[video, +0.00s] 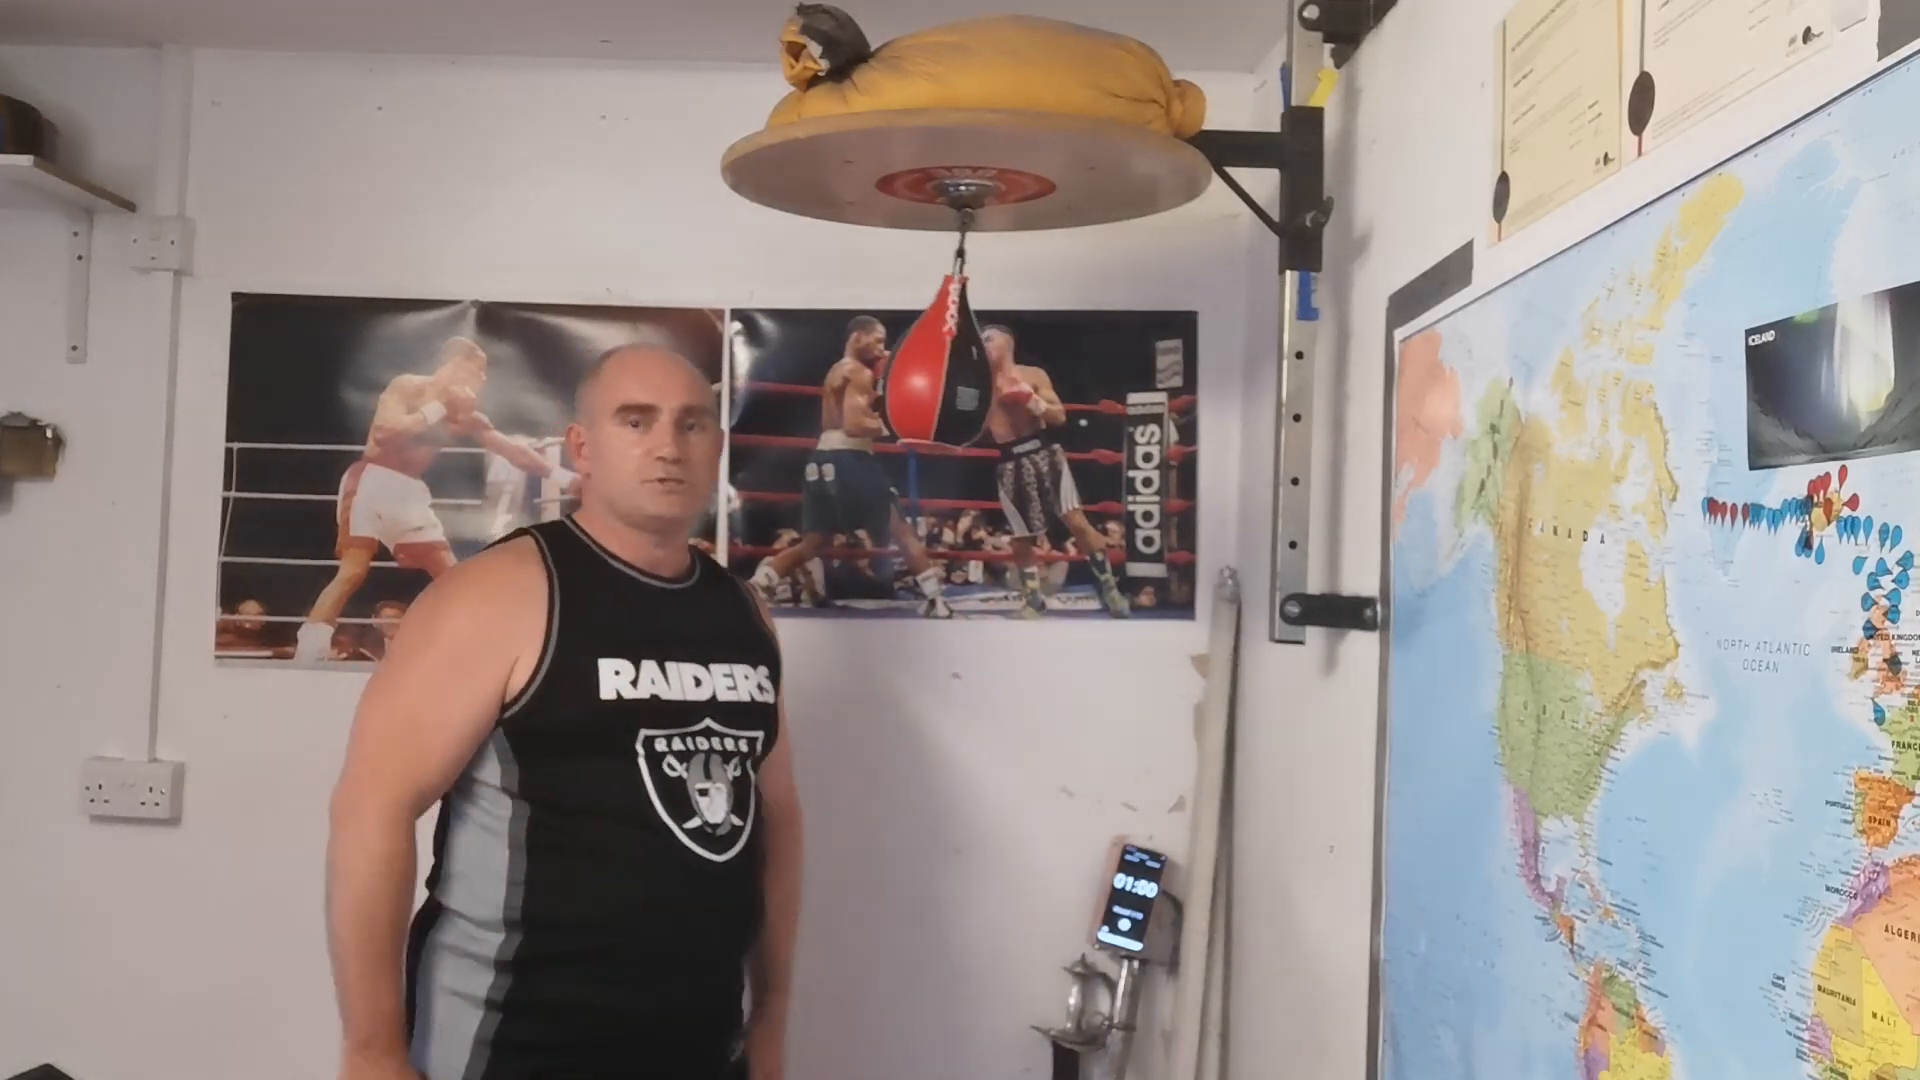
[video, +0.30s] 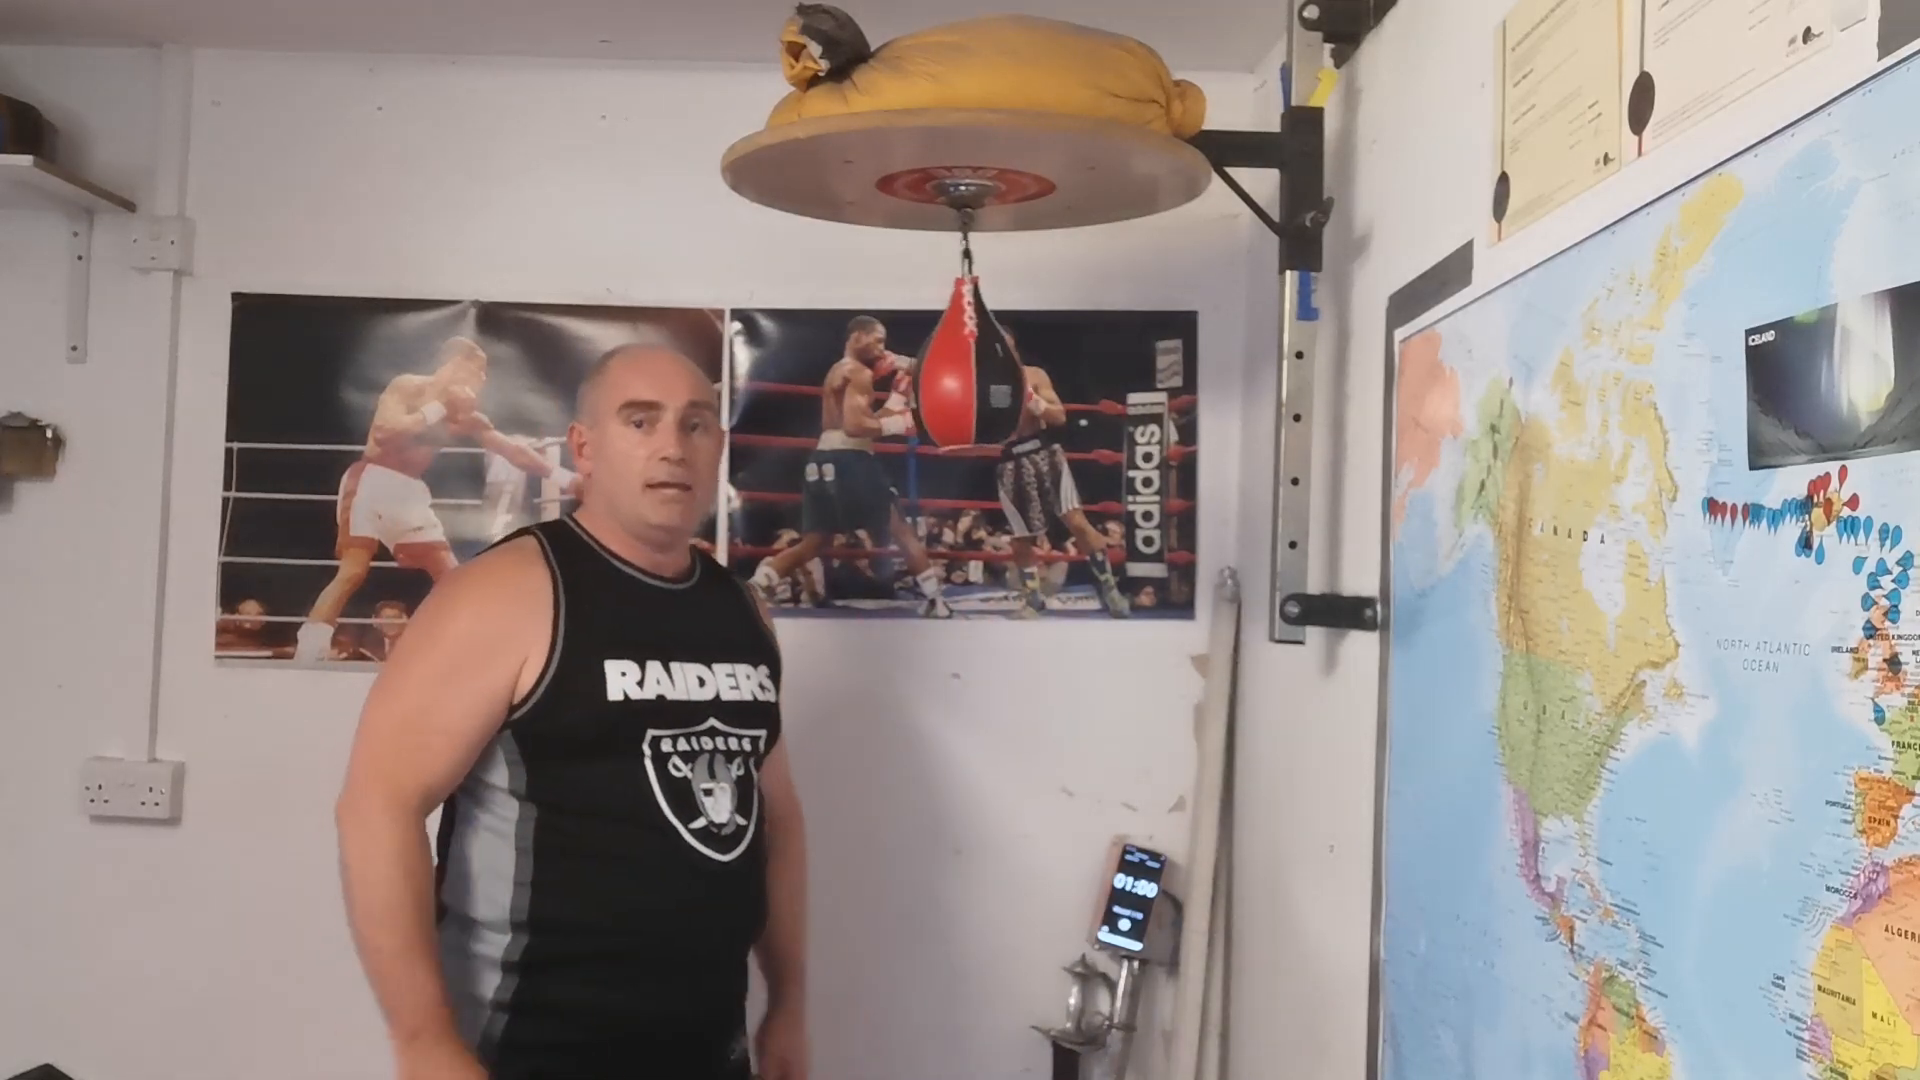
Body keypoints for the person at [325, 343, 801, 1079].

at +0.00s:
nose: (670, 445)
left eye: (694, 421)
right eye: (637, 419)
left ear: (717, 449)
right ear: (580, 448)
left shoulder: (737, 610)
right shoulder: (492, 595)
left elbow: (774, 816)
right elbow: (370, 806)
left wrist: (768, 1020)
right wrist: (373, 1047)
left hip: (693, 1037)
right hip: (513, 1039)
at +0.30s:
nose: (674, 447)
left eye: (697, 422)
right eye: (641, 419)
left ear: (720, 448)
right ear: (583, 448)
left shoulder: (734, 608)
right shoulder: (505, 593)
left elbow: (772, 806)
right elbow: (377, 806)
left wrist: (788, 997)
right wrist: (426, 1040)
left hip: (702, 1041)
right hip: (533, 1043)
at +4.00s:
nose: (680, 442)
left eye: (701, 420)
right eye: (647, 415)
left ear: (725, 450)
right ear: (587, 444)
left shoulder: (748, 608)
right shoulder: (502, 593)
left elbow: (809, 778)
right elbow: (375, 790)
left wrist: (814, 856)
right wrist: (507, 878)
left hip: (709, 1026)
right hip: (532, 1030)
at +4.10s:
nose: (681, 445)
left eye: (703, 422)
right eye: (649, 417)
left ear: (726, 449)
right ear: (589, 444)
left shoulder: (750, 608)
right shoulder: (504, 594)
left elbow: (800, 787)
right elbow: (380, 790)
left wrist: (815, 888)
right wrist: (497, 933)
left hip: (713, 1036)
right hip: (547, 1040)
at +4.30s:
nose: (681, 442)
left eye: (704, 419)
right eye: (649, 415)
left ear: (729, 451)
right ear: (589, 444)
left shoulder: (750, 611)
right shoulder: (510, 592)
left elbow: (796, 810)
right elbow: (388, 800)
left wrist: (816, 994)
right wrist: (427, 1039)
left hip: (715, 1038)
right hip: (542, 1041)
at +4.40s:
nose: (685, 441)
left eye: (708, 419)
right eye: (652, 414)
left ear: (731, 448)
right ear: (592, 444)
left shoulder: (750, 612)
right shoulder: (509, 595)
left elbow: (793, 816)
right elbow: (383, 802)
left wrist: (814, 1009)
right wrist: (401, 1044)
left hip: (711, 1041)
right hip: (530, 1044)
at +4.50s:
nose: (687, 441)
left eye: (711, 418)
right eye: (655, 414)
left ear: (734, 449)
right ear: (594, 443)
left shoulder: (749, 609)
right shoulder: (508, 594)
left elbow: (790, 814)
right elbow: (376, 802)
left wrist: (814, 1004)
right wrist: (395, 1039)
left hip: (710, 1041)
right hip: (527, 1044)